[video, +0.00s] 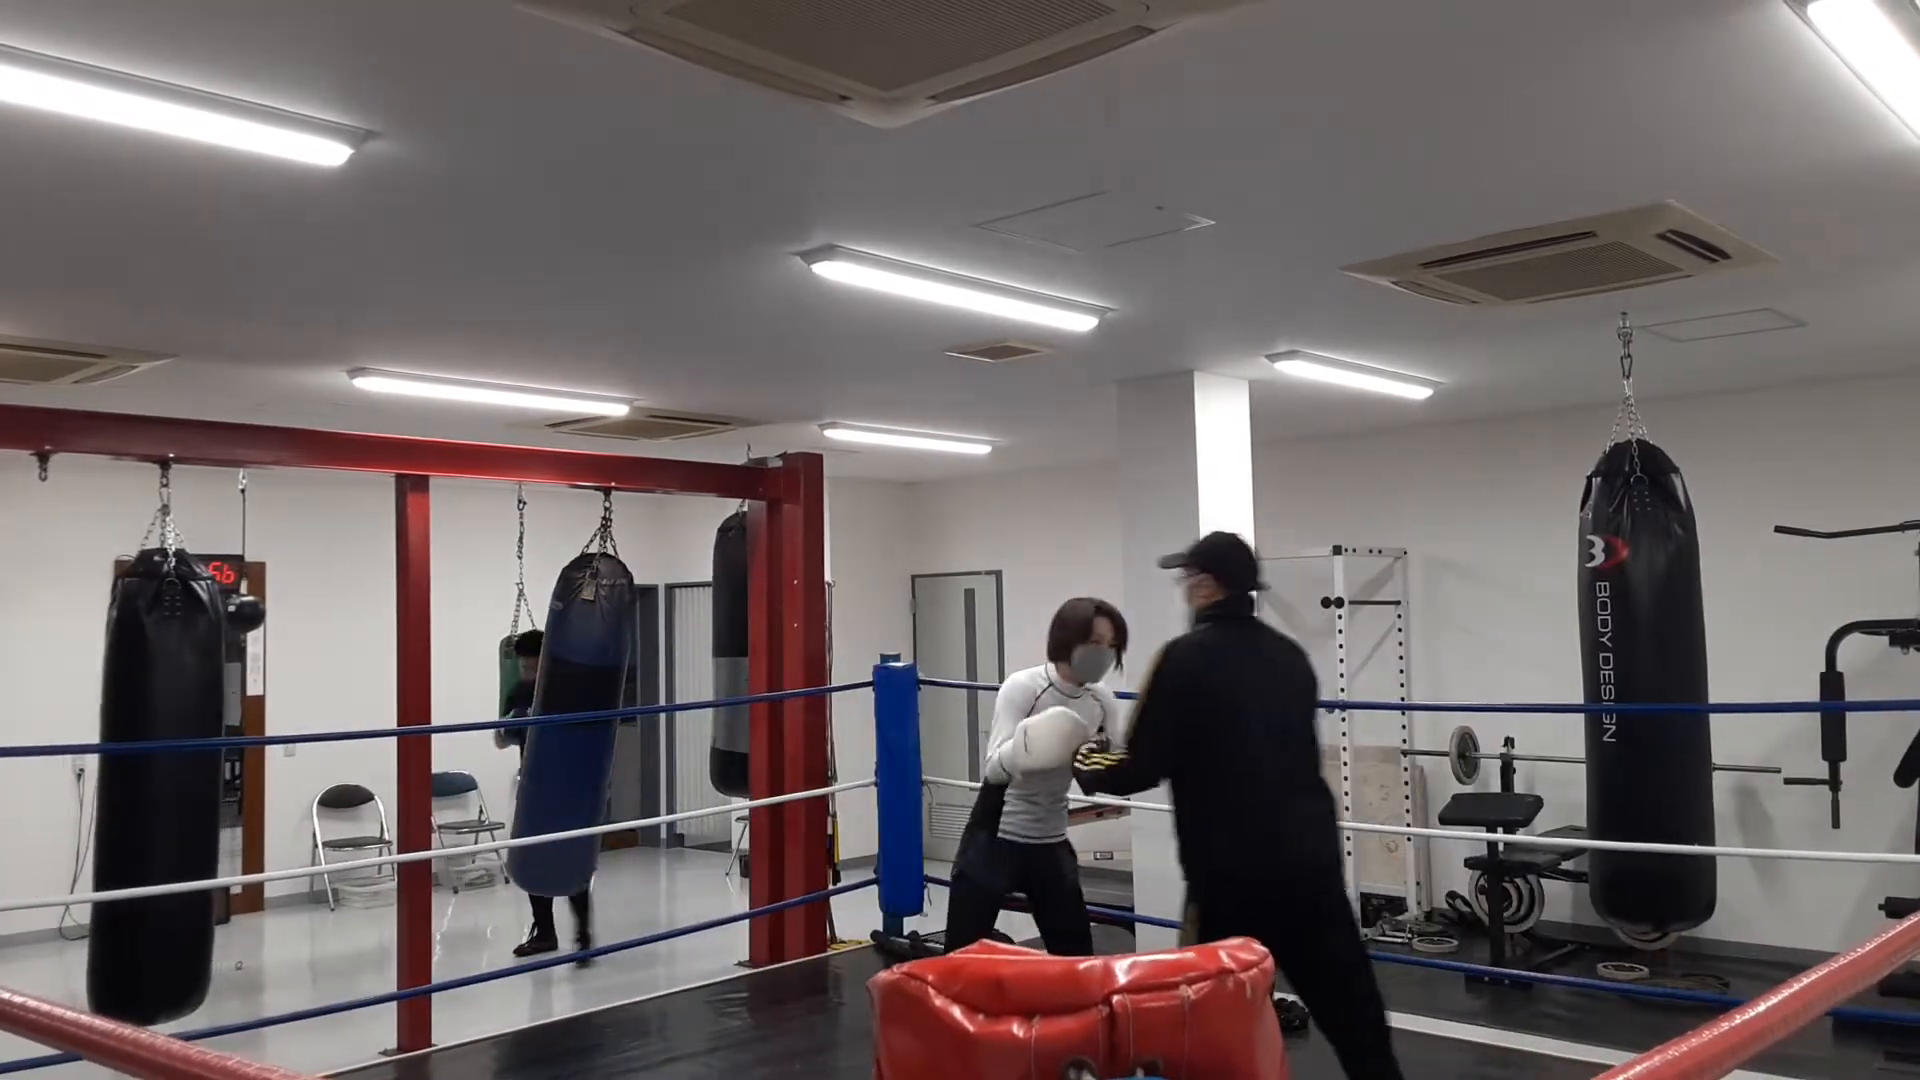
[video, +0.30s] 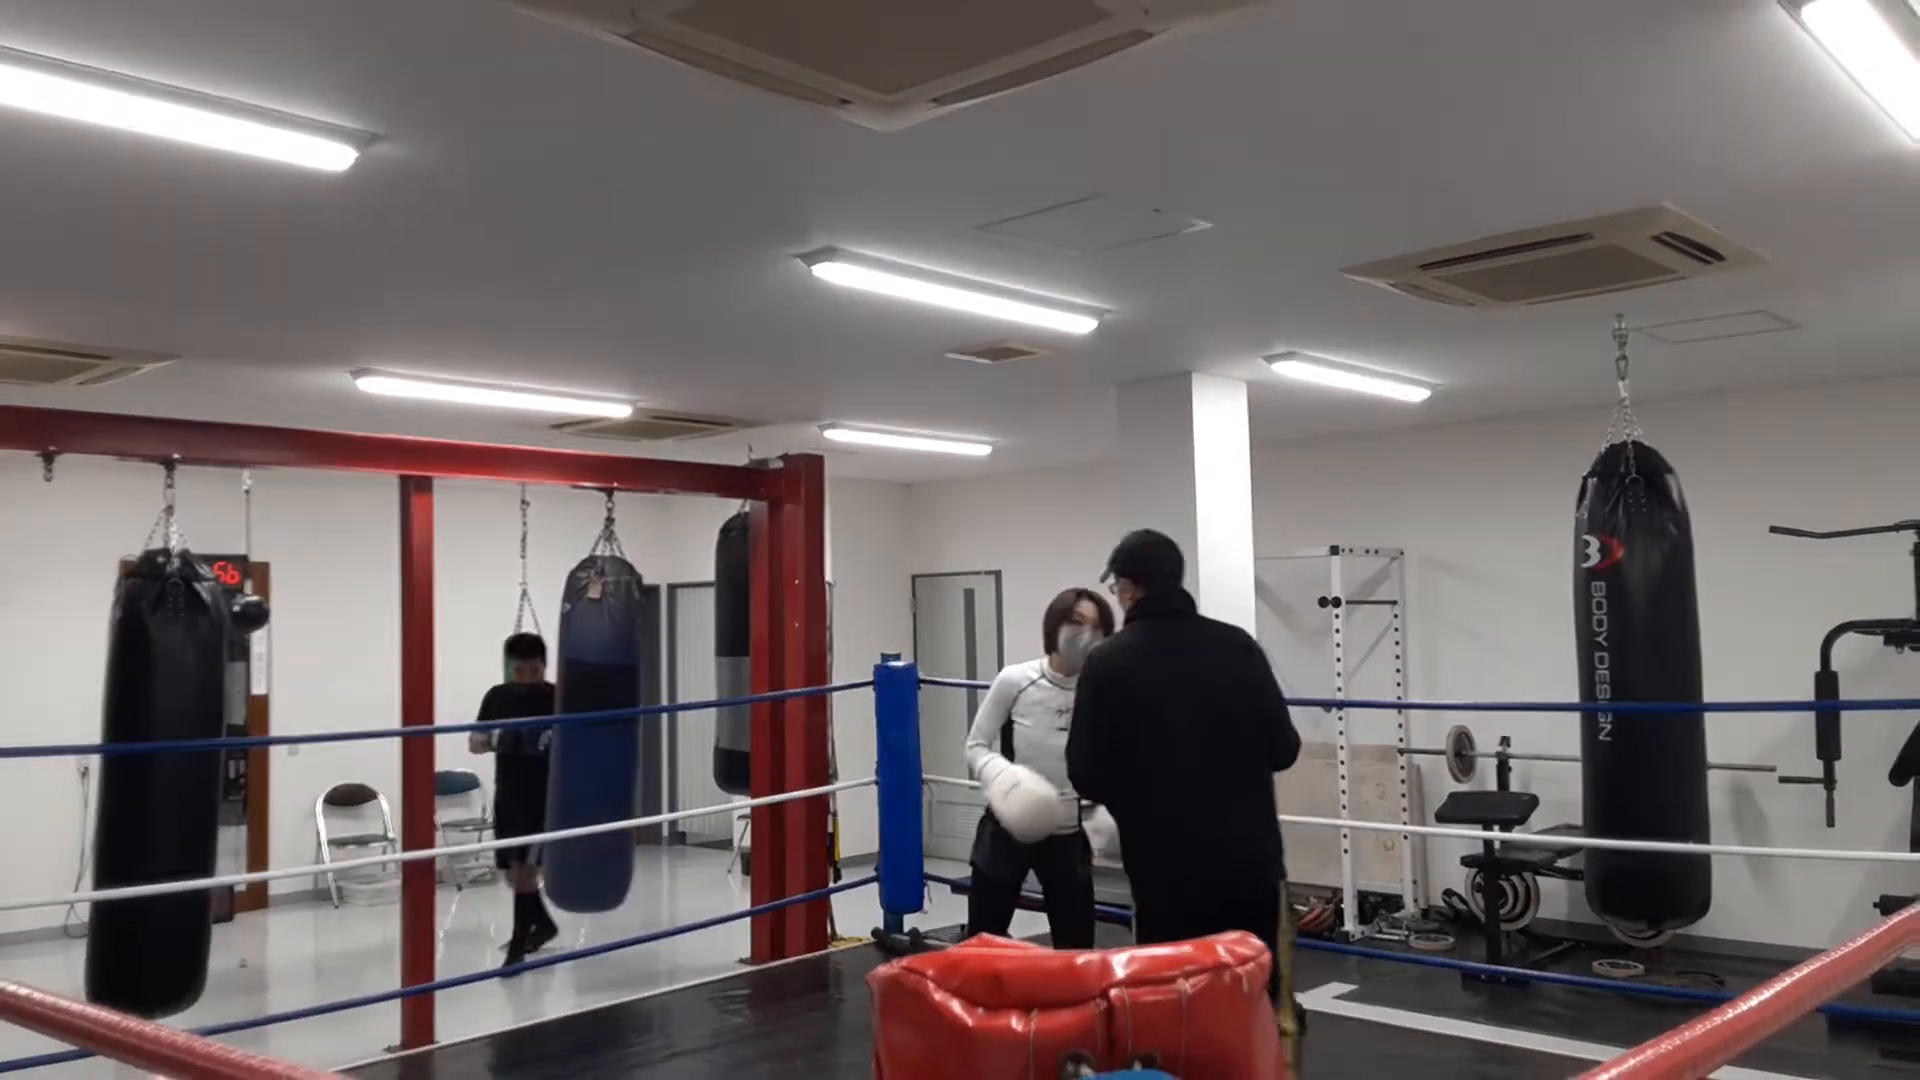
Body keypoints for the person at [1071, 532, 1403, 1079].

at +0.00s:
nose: (1183, 589)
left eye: (1188, 579)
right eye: (1185, 579)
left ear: (1209, 585)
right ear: (1243, 587)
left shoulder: (1184, 658)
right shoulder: (1290, 654)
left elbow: (1145, 768)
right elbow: (1292, 752)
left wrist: (1089, 773)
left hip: (1225, 866)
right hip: (1307, 860)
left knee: (1213, 1014)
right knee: (1353, 1013)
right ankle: (1381, 1074)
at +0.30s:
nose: (1115, 595)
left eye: (1115, 586)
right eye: (1115, 586)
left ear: (1126, 588)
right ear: (1178, 580)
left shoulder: (1106, 662)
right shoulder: (1236, 645)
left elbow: (1087, 775)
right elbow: (1282, 748)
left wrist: (1140, 795)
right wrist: (1224, 752)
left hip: (1159, 861)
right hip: (1246, 855)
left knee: (1172, 998)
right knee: (1257, 997)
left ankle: (1180, 1076)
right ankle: (1260, 1070)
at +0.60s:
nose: (1108, 599)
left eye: (1107, 592)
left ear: (1114, 593)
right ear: (1171, 579)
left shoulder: (1091, 664)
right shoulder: (1222, 653)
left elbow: (1065, 768)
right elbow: (1268, 763)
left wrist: (1060, 717)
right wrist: (1207, 730)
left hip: (1134, 869)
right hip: (1215, 866)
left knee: (1146, 998)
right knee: (1214, 1000)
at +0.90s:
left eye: (1119, 578)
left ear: (1123, 581)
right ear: (1188, 585)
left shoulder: (1081, 652)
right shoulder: (1207, 663)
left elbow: (1042, 751)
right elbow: (1234, 786)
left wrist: (1102, 728)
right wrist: (1180, 744)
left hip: (1100, 868)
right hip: (1178, 871)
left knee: (1121, 1002)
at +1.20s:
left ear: (1120, 577)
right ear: (1185, 592)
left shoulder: (1065, 645)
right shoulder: (1192, 679)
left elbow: (1028, 736)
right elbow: (1205, 793)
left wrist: (1086, 730)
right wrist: (1146, 760)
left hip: (1065, 861)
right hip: (1145, 869)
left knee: (1082, 996)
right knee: (1142, 1003)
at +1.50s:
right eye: (1176, 603)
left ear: (1107, 585)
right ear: (1170, 606)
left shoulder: (1041, 650)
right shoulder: (1167, 690)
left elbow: (1010, 746)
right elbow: (1171, 811)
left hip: (1030, 868)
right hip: (1110, 881)